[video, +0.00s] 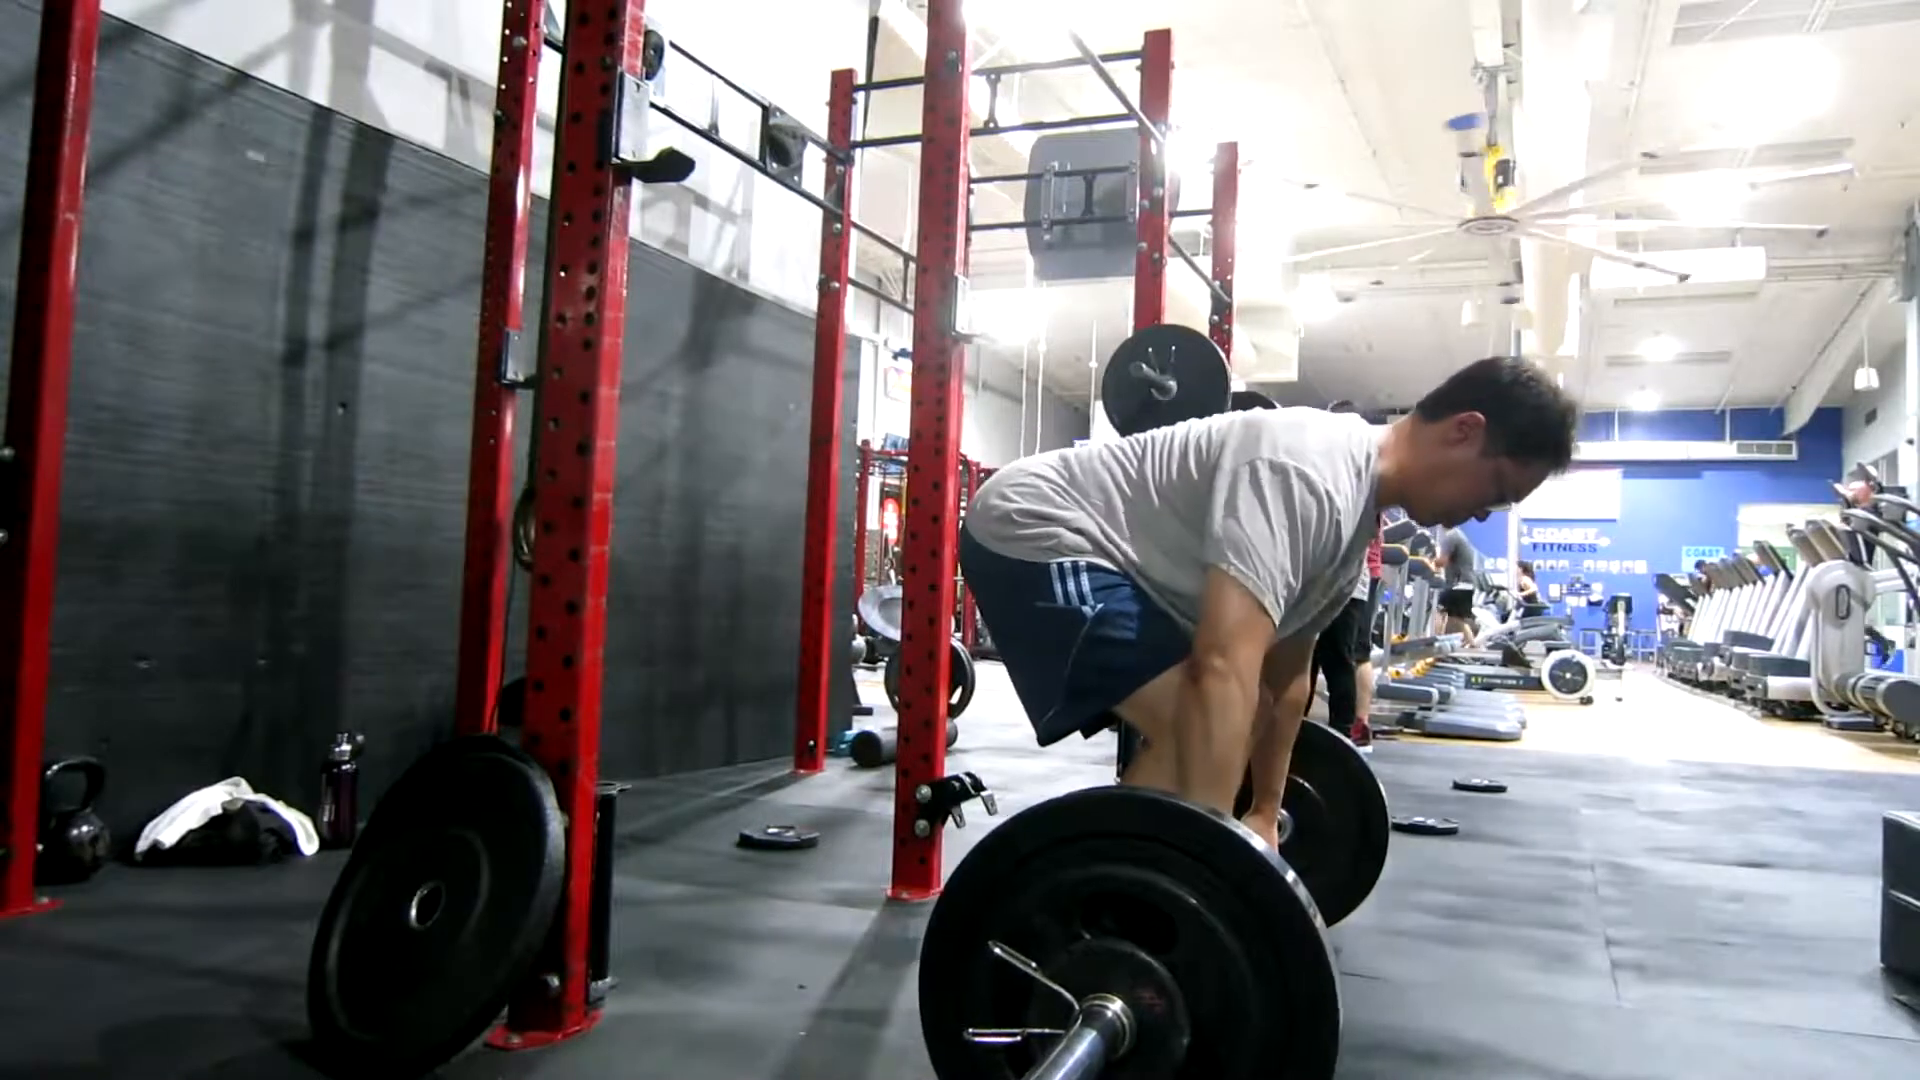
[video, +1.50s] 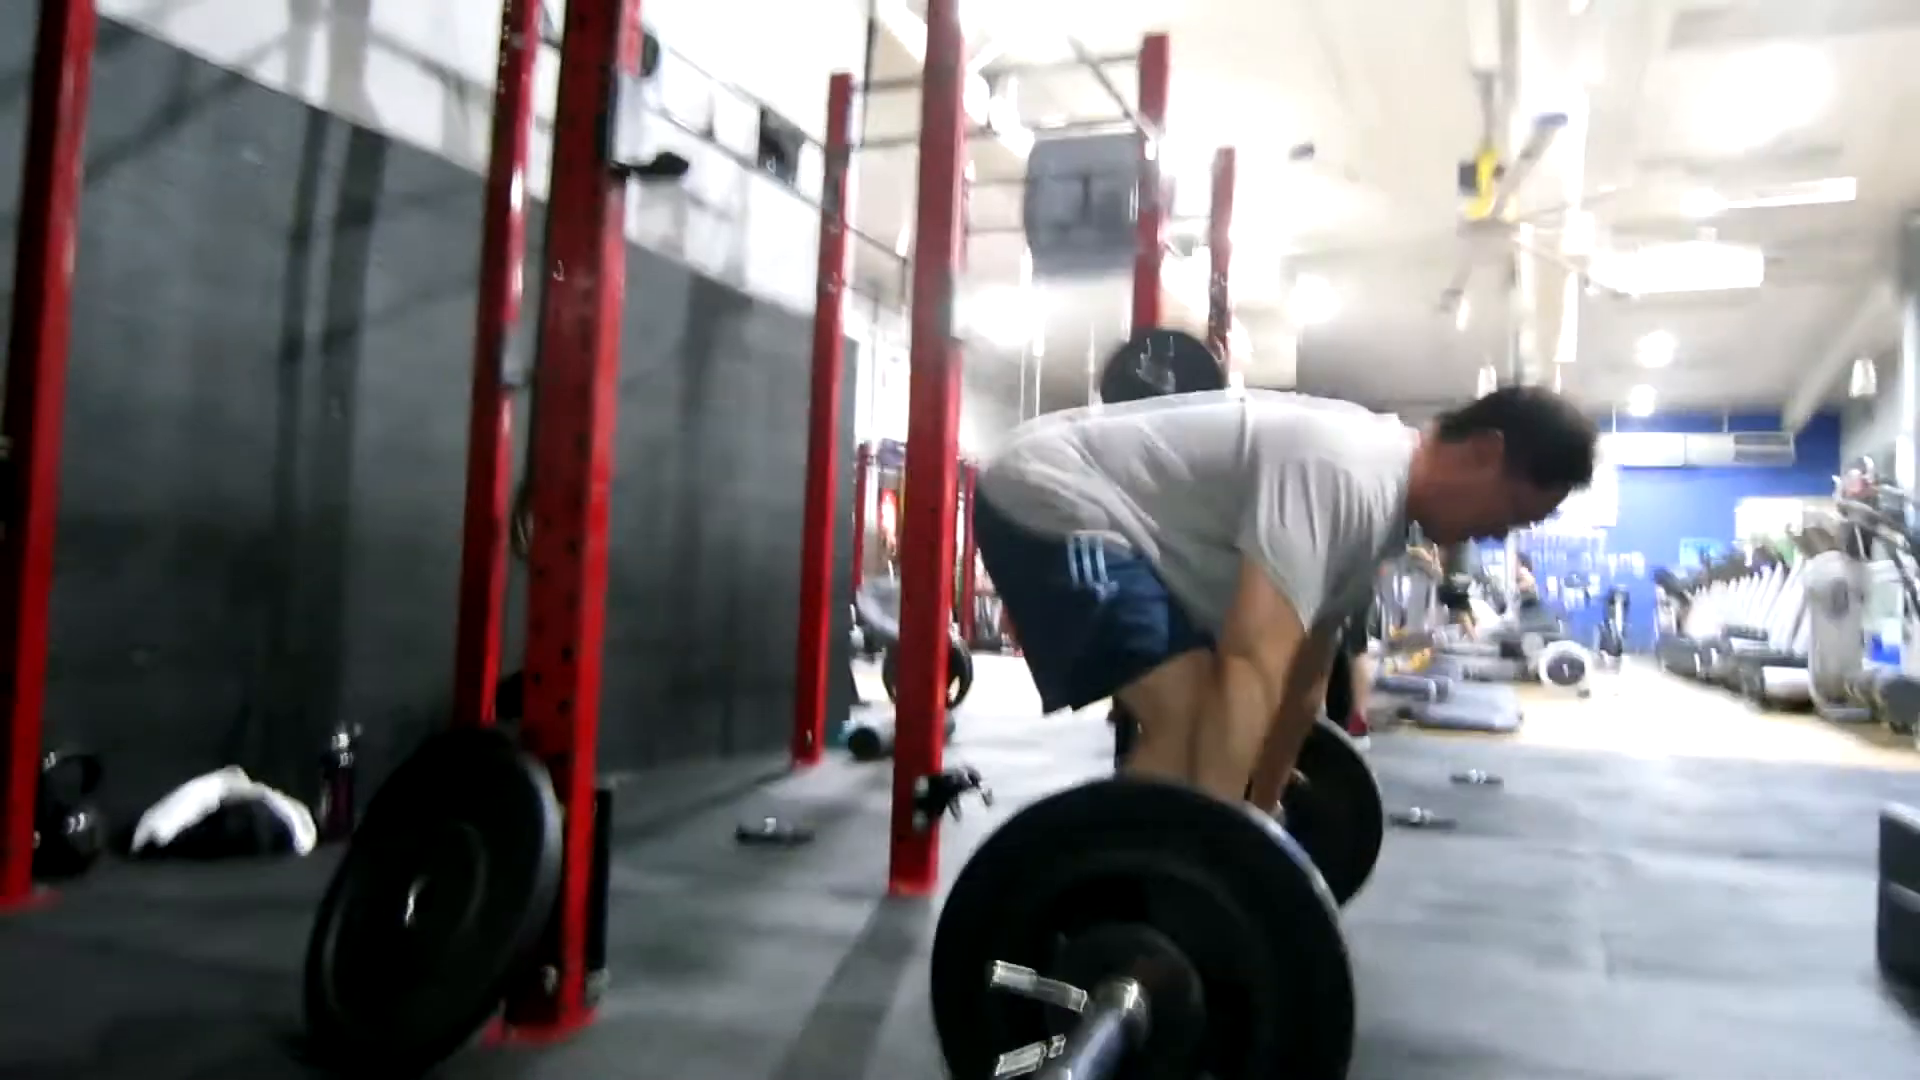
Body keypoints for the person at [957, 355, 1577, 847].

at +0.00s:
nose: (1484, 517)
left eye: (1502, 505)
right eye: (1497, 494)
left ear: (1465, 436)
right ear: (1465, 434)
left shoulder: (1353, 524)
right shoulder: (1306, 470)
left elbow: (1287, 675)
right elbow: (1219, 666)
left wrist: (1266, 813)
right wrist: (1200, 857)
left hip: (1094, 545)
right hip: (1036, 522)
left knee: (1183, 727)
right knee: (1197, 710)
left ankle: (1117, 905)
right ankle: (1157, 910)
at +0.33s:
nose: (1485, 454)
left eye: (1504, 441)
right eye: (1498, 428)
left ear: (1463, 366)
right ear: (1464, 367)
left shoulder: (1350, 460)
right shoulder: (1311, 395)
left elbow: (1259, 594)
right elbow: (1187, 541)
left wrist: (1273, 738)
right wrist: (1211, 733)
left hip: (1110, 526)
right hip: (1045, 495)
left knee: (1134, 753)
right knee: (1109, 749)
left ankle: (1145, 998)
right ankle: (1106, 1009)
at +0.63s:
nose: (1468, 365)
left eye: (1487, 354)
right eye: (1483, 342)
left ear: (1448, 279)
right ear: (1450, 274)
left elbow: (1336, 529)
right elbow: (1154, 321)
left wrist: (1350, 663)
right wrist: (1212, 473)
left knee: (1211, 717)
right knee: (1163, 725)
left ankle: (1163, 932)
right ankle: (1103, 980)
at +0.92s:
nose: (1491, 448)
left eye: (1510, 437)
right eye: (1506, 425)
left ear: (1479, 353)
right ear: (1479, 356)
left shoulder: (1369, 412)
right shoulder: (1343, 342)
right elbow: (1172, 332)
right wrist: (1198, 509)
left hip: (1110, 506)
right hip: (1039, 487)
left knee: (1203, 705)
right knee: (1155, 713)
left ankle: (1158, 936)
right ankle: (1103, 979)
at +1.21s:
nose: (1495, 529)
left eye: (1514, 515)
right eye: (1506, 504)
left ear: (1474, 444)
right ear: (1475, 444)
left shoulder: (1362, 496)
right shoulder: (1331, 469)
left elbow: (1297, 673)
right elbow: (1239, 653)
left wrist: (1276, 822)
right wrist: (1228, 847)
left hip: (1096, 522)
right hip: (1042, 505)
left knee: (1192, 715)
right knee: (1173, 716)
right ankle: (1142, 927)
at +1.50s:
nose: (1504, 535)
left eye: (1523, 524)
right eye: (1516, 513)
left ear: (1485, 455)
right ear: (1486, 455)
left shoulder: (1381, 504)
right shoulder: (1339, 466)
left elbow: (1304, 681)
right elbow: (1248, 660)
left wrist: (1254, 832)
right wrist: (1204, 863)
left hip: (1112, 510)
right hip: (1053, 489)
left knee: (1193, 711)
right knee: (1194, 700)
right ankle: (1166, 912)